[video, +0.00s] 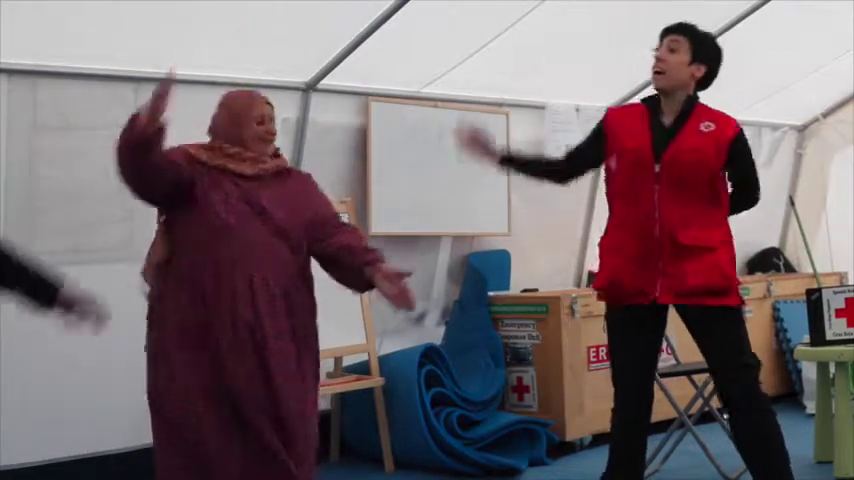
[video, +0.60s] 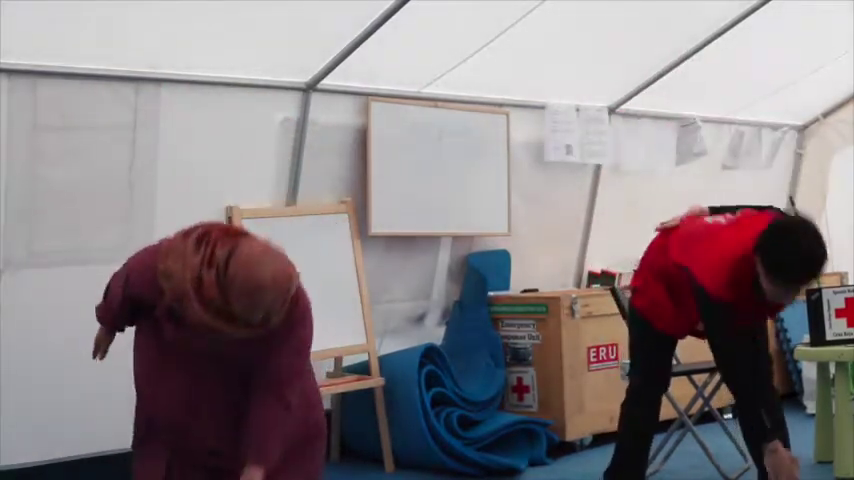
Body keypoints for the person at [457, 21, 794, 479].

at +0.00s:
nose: (658, 57)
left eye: (672, 51)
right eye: (658, 50)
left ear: (699, 71)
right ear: (654, 63)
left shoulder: (724, 130)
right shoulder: (618, 122)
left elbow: (748, 194)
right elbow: (564, 169)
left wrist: (700, 215)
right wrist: (498, 156)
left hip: (704, 277)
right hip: (631, 278)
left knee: (744, 395)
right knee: (630, 405)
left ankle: (776, 478)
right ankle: (622, 479)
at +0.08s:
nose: (669, 62)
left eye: (683, 55)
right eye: (668, 54)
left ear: (710, 75)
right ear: (664, 65)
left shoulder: (732, 136)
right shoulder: (627, 120)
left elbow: (744, 201)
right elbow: (561, 156)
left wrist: (691, 217)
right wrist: (512, 121)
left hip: (708, 278)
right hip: (634, 278)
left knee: (746, 395)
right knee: (632, 403)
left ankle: (775, 478)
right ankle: (621, 479)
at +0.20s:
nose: (697, 85)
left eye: (711, 77)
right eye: (693, 74)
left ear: (734, 89)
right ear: (686, 77)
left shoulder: (749, 150)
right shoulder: (646, 127)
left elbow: (749, 206)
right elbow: (583, 158)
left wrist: (695, 213)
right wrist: (566, 119)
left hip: (717, 284)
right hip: (644, 282)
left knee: (750, 400)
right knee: (634, 405)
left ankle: (776, 477)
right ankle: (622, 478)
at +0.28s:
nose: (725, 118)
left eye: (737, 110)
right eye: (719, 105)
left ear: (753, 115)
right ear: (707, 104)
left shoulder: (765, 167)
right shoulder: (666, 146)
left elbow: (741, 213)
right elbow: (611, 185)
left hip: (721, 285)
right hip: (650, 283)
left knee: (751, 399)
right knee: (635, 405)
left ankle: (776, 476)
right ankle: (622, 477)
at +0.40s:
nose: (760, 183)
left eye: (770, 173)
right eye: (751, 171)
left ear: (781, 170)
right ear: (735, 161)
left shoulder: (786, 206)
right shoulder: (690, 188)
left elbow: (753, 258)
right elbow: (674, 256)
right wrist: (712, 304)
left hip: (730, 289)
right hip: (660, 285)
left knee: (754, 394)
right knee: (640, 397)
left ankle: (776, 473)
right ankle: (623, 474)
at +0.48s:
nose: (778, 237)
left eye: (786, 227)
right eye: (768, 225)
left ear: (799, 215)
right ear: (749, 206)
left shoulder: (799, 233)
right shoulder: (701, 223)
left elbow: (754, 283)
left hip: (733, 298)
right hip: (663, 288)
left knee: (755, 394)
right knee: (644, 395)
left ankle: (777, 473)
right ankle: (625, 474)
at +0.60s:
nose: (787, 300)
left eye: (796, 291)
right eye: (779, 289)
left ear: (807, 275)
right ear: (759, 264)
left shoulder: (784, 232)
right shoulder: (719, 277)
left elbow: (753, 214)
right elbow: (738, 374)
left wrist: (706, 212)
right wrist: (772, 447)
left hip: (733, 297)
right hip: (662, 292)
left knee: (758, 390)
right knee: (645, 393)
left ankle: (775, 470)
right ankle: (625, 473)